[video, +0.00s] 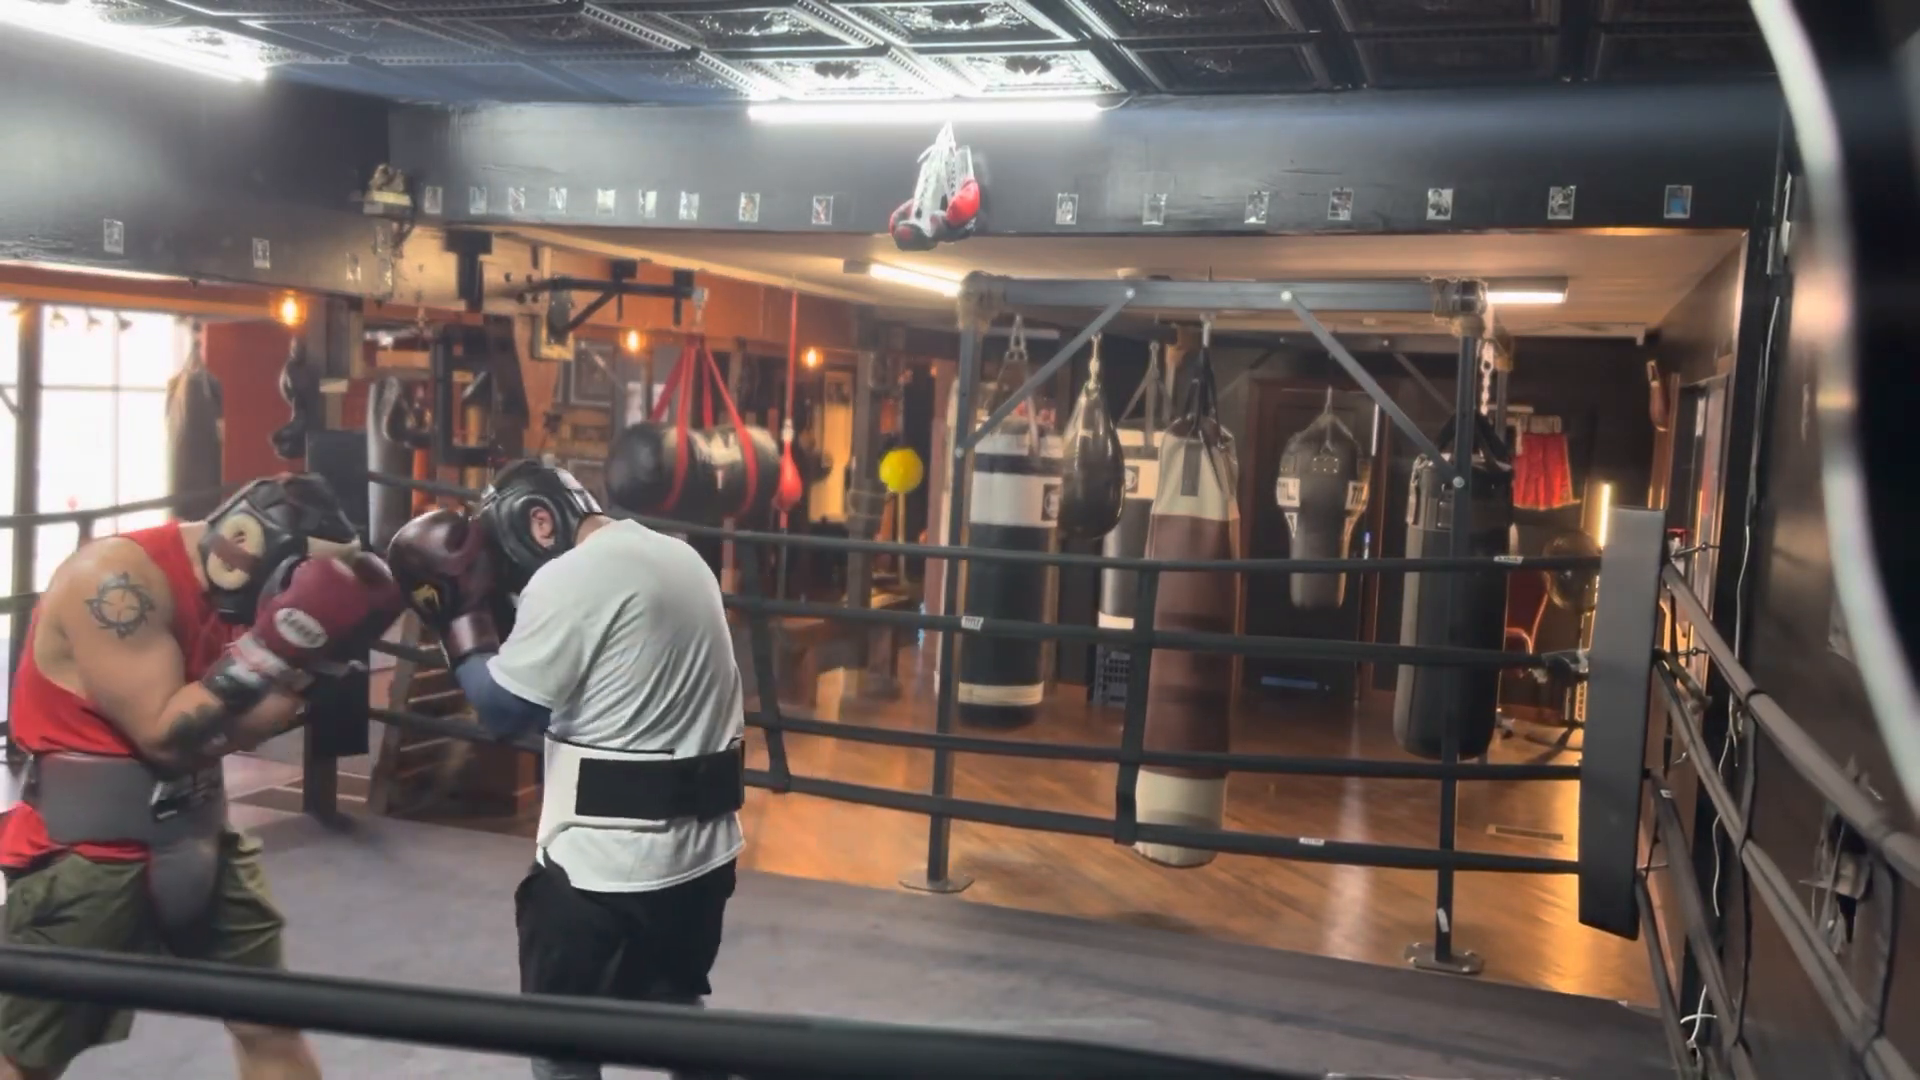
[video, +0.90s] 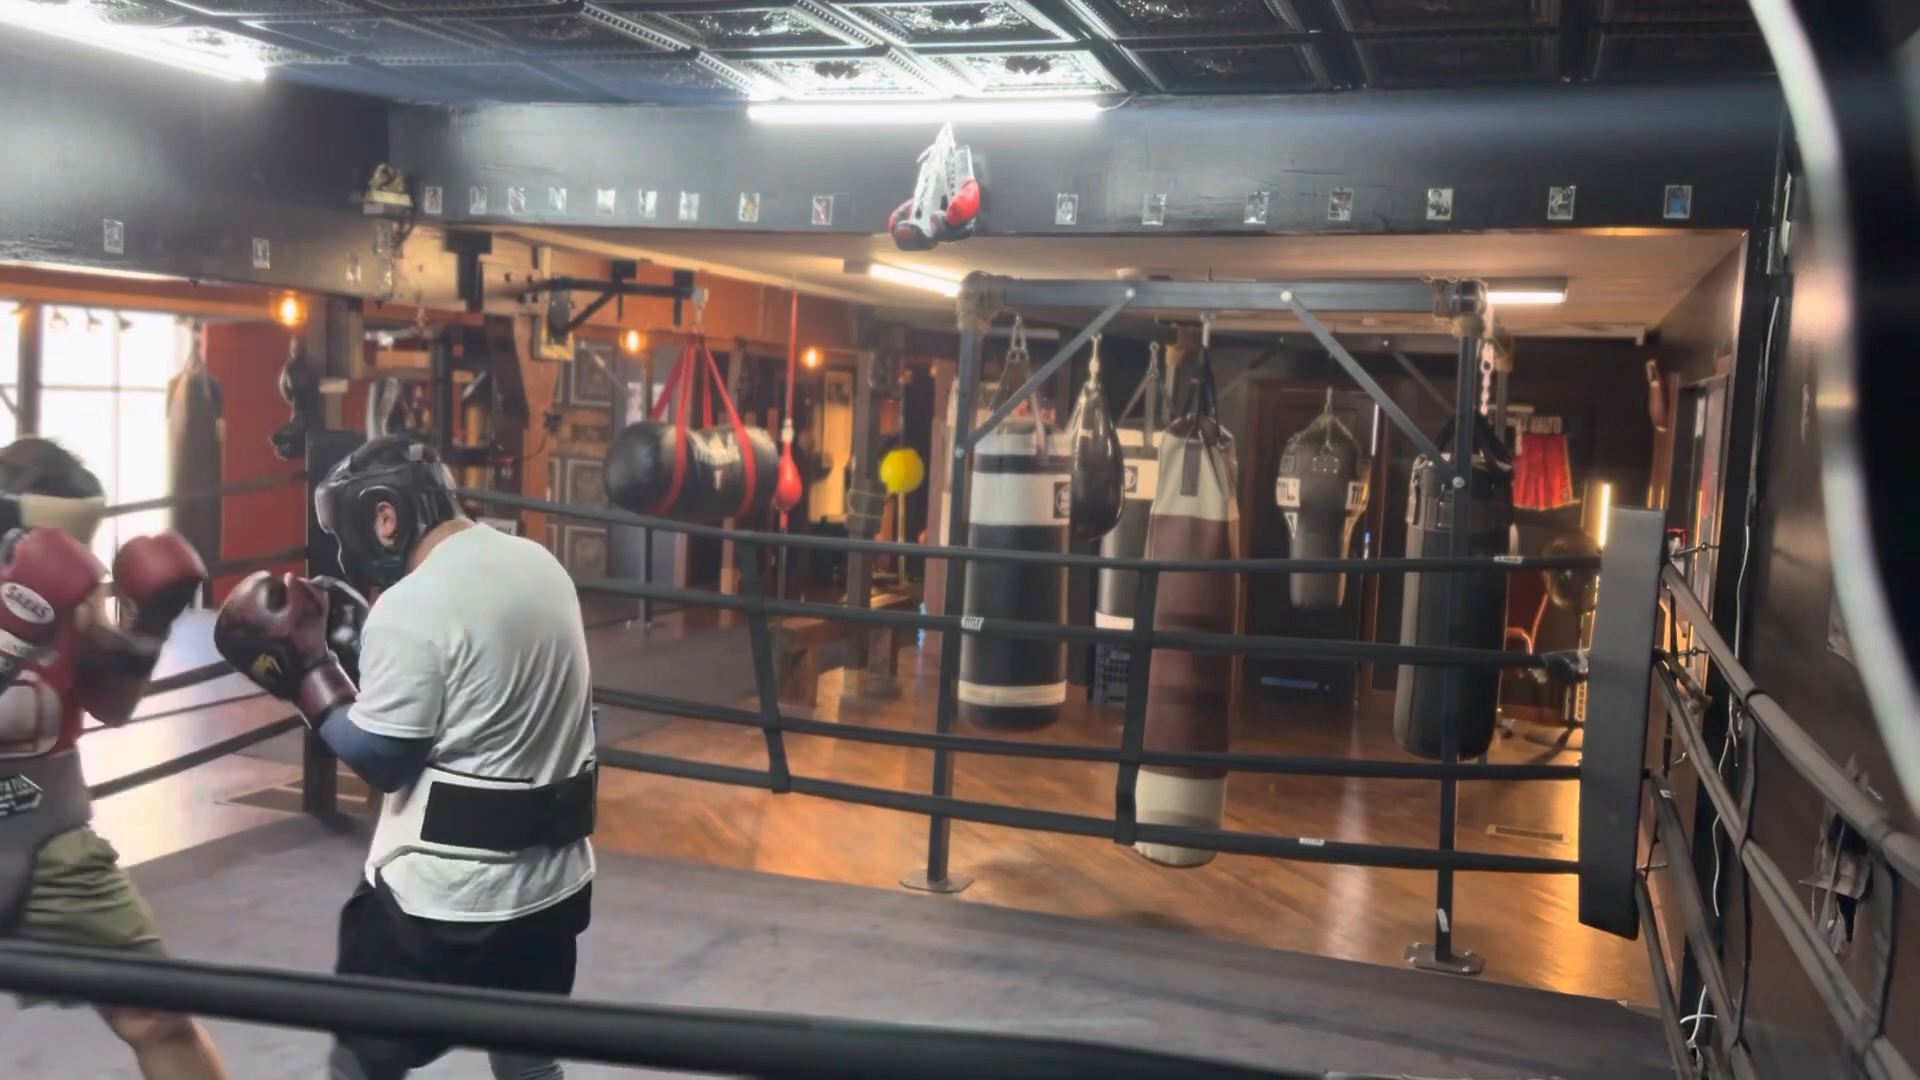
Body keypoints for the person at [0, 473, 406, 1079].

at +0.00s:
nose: (283, 604)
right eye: (286, 588)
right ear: (246, 552)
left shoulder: (237, 594)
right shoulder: (107, 578)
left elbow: (224, 730)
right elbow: (166, 736)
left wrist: (323, 660)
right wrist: (269, 648)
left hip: (199, 838)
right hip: (84, 852)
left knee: (269, 1029)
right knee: (23, 1060)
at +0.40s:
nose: (250, 565)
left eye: (267, 553)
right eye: (244, 547)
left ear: (274, 547)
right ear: (219, 516)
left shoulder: (220, 577)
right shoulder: (95, 559)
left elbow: (175, 682)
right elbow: (94, 709)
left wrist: (253, 709)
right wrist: (219, 631)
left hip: (165, 825)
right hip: (37, 841)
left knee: (248, 994)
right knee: (13, 1040)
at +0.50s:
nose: (202, 503)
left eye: (224, 499)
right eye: (197, 488)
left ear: (266, 519)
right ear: (189, 474)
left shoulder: (268, 586)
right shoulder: (91, 529)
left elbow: (335, 718)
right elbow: (30, 656)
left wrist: (343, 602)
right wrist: (167, 613)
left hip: (156, 837)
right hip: (24, 827)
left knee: (229, 1035)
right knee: (1, 1034)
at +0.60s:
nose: (240, 534)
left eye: (246, 517)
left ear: (257, 514)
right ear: (178, 492)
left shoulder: (249, 587)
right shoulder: (72, 528)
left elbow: (303, 718)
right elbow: (3, 646)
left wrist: (315, 596)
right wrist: (103, 631)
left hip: (152, 821)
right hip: (23, 810)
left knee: (213, 1026)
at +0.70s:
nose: (180, 538)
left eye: (194, 522)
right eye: (163, 520)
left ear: (209, 508)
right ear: (114, 495)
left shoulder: (204, 596)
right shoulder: (18, 536)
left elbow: (253, 714)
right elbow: (2, 661)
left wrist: (269, 694)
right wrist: (56, 638)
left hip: (135, 814)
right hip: (11, 809)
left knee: (204, 1021)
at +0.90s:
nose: (91, 546)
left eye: (89, 528)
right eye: (82, 528)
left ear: (38, 517)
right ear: (34, 512)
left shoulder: (47, 569)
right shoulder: (42, 566)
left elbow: (111, 703)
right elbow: (110, 698)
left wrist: (147, 618)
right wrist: (147, 620)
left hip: (35, 823)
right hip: (29, 825)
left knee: (155, 1021)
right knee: (154, 1022)